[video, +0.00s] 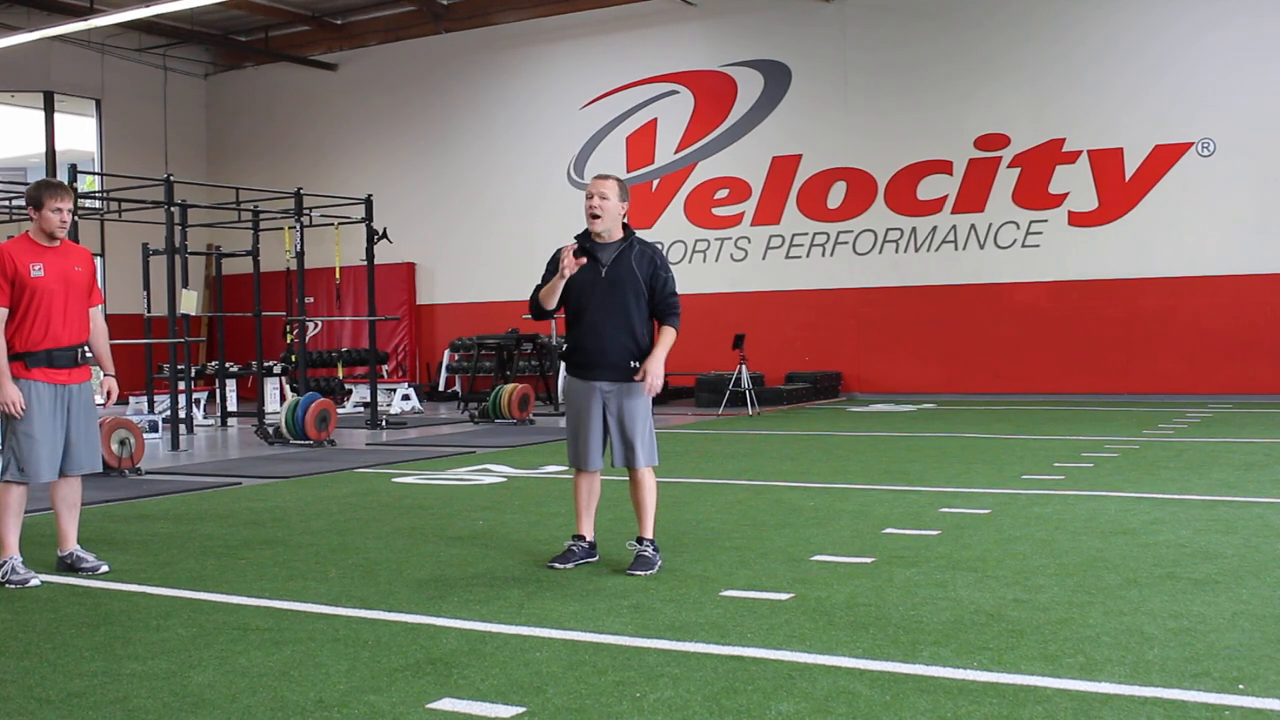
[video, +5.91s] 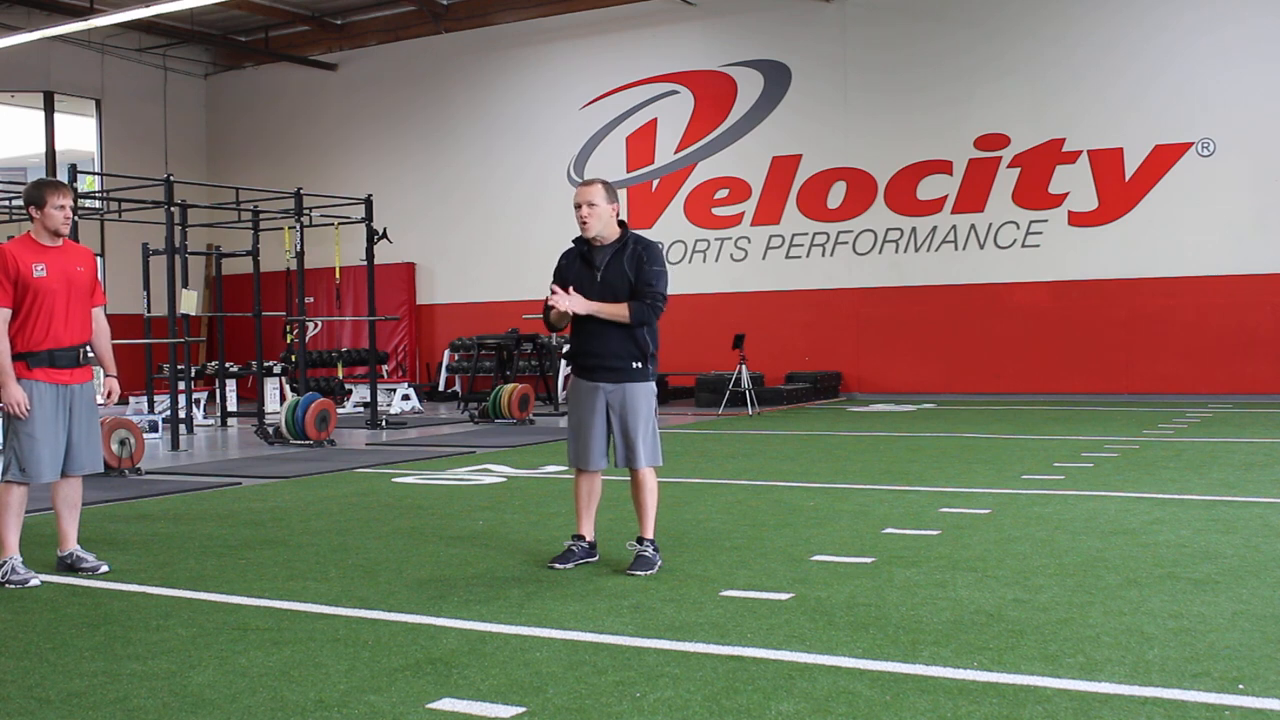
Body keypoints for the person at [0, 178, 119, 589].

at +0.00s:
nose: (65, 218)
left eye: (69, 211)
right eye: (56, 211)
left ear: (72, 213)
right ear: (33, 212)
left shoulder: (83, 257)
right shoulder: (10, 254)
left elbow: (95, 321)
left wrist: (109, 371)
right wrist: (5, 381)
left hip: (76, 376)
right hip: (28, 378)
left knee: (71, 466)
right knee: (18, 472)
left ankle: (69, 550)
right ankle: (10, 559)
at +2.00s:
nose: (64, 211)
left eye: (66, 205)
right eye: (54, 205)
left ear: (69, 210)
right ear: (31, 211)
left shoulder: (83, 257)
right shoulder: (10, 255)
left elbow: (95, 321)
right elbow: (0, 326)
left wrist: (108, 372)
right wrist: (7, 382)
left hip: (76, 377)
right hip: (30, 378)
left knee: (71, 466)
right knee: (18, 473)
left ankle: (69, 551)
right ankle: (9, 559)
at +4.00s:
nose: (66, 213)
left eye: (69, 206)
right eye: (57, 206)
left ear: (70, 210)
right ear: (33, 211)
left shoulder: (84, 257)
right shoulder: (11, 255)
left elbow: (96, 319)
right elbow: (0, 326)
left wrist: (109, 371)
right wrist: (7, 382)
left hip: (77, 376)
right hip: (30, 378)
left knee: (72, 466)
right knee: (18, 473)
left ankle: (69, 551)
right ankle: (9, 560)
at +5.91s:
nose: (67, 214)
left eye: (70, 207)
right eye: (59, 208)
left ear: (72, 211)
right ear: (35, 212)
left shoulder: (85, 257)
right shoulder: (11, 255)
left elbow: (97, 319)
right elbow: (1, 325)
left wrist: (111, 371)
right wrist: (7, 381)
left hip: (77, 377)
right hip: (30, 378)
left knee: (72, 466)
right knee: (19, 473)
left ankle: (69, 551)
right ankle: (10, 559)